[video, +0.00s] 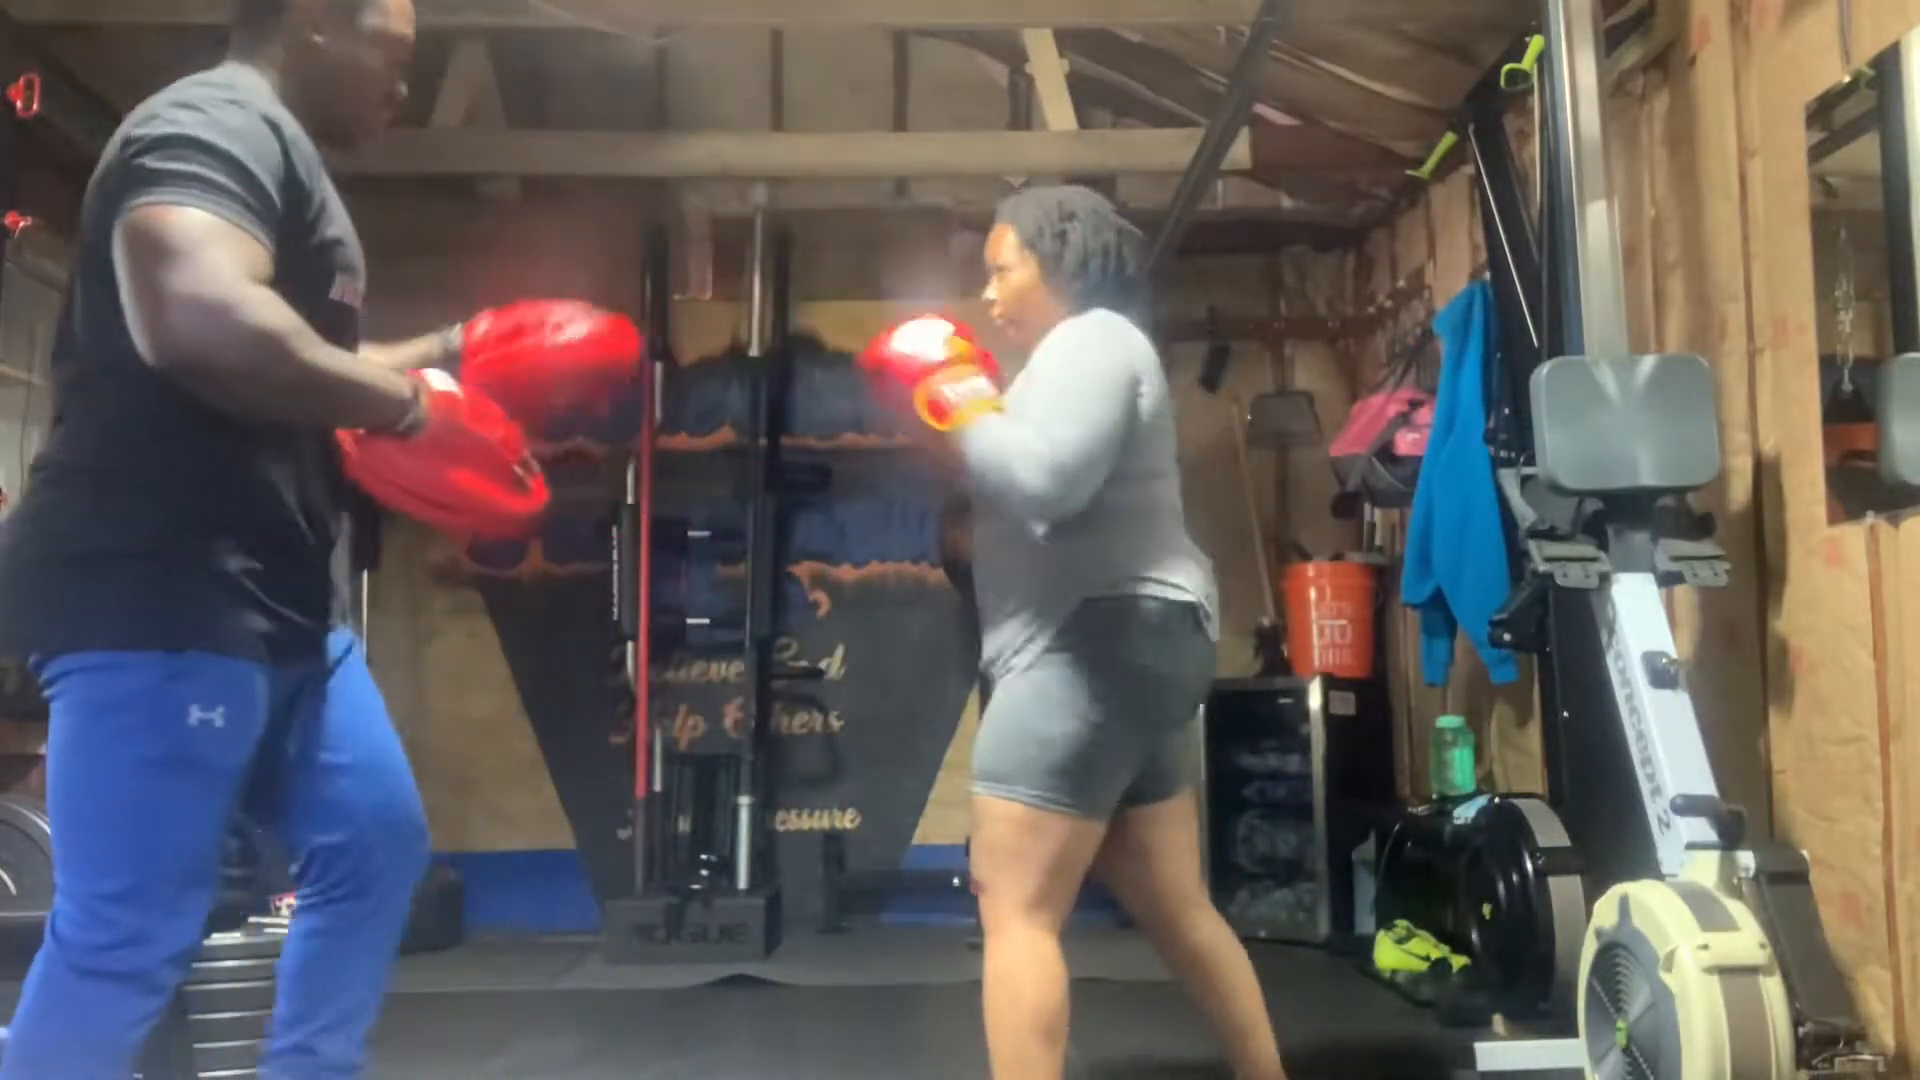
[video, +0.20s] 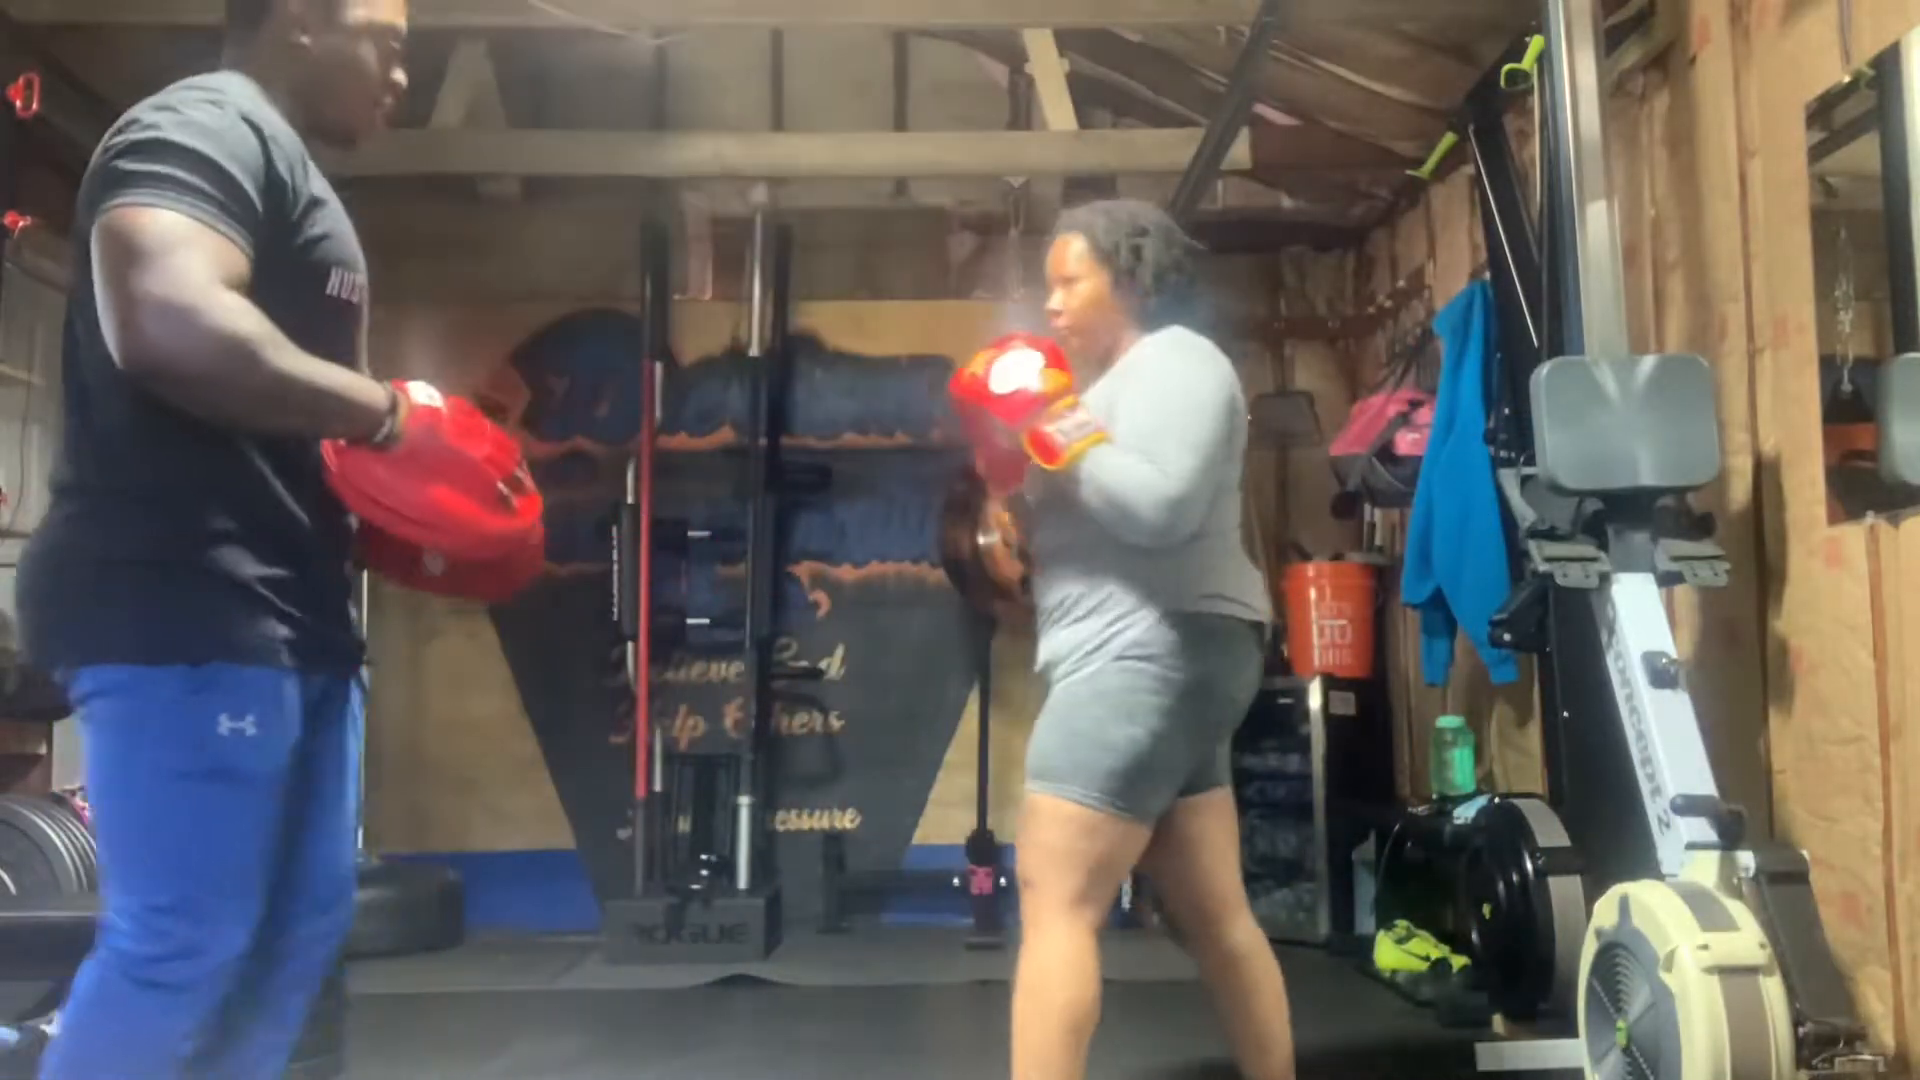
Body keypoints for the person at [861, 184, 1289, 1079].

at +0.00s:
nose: (988, 294)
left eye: (1003, 272)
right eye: (989, 274)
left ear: (1062, 268)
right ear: (1065, 272)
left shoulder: (1094, 343)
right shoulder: (1093, 351)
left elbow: (1045, 481)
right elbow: (1034, 477)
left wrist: (969, 406)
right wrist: (971, 410)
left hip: (1098, 632)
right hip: (1150, 633)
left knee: (1018, 907)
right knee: (1176, 907)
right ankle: (1266, 1071)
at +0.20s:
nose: (1052, 303)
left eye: (1070, 282)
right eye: (1051, 284)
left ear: (1131, 280)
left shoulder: (1182, 362)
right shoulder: (1099, 389)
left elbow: (1157, 506)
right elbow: (1057, 543)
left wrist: (1058, 428)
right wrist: (1008, 468)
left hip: (1156, 642)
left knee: (1058, 902)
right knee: (1218, 920)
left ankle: (1040, 1073)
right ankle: (1274, 1073)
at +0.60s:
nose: (1109, 309)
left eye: (1125, 289)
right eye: (1106, 293)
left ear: (1187, 285)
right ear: (1111, 294)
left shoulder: (1238, 357)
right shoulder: (1137, 397)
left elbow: (1251, 494)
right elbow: (1109, 538)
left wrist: (1123, 442)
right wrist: (1053, 495)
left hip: (1224, 621)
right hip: (1165, 634)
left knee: (1094, 853)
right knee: (1248, 913)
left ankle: (1097, 1075)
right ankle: (1283, 1073)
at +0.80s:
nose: (1069, 314)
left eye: (1087, 295)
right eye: (1066, 297)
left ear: (1149, 294)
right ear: (1069, 300)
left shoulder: (1202, 368)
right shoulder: (1102, 402)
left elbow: (1230, 509)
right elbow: (1060, 534)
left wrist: (1101, 465)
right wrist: (1024, 487)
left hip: (1193, 637)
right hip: (1136, 647)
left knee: (1063, 876)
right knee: (1231, 911)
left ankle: (1008, 1073)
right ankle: (1278, 1075)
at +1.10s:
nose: (956, 318)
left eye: (977, 299)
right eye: (949, 297)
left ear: (1034, 301)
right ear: (937, 291)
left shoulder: (1063, 385)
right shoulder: (991, 394)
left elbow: (1101, 536)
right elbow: (978, 551)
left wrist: (985, 518)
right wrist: (862, 580)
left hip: (1083, 640)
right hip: (1048, 641)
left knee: (994, 885)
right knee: (1102, 905)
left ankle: (973, 1076)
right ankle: (1244, 1071)